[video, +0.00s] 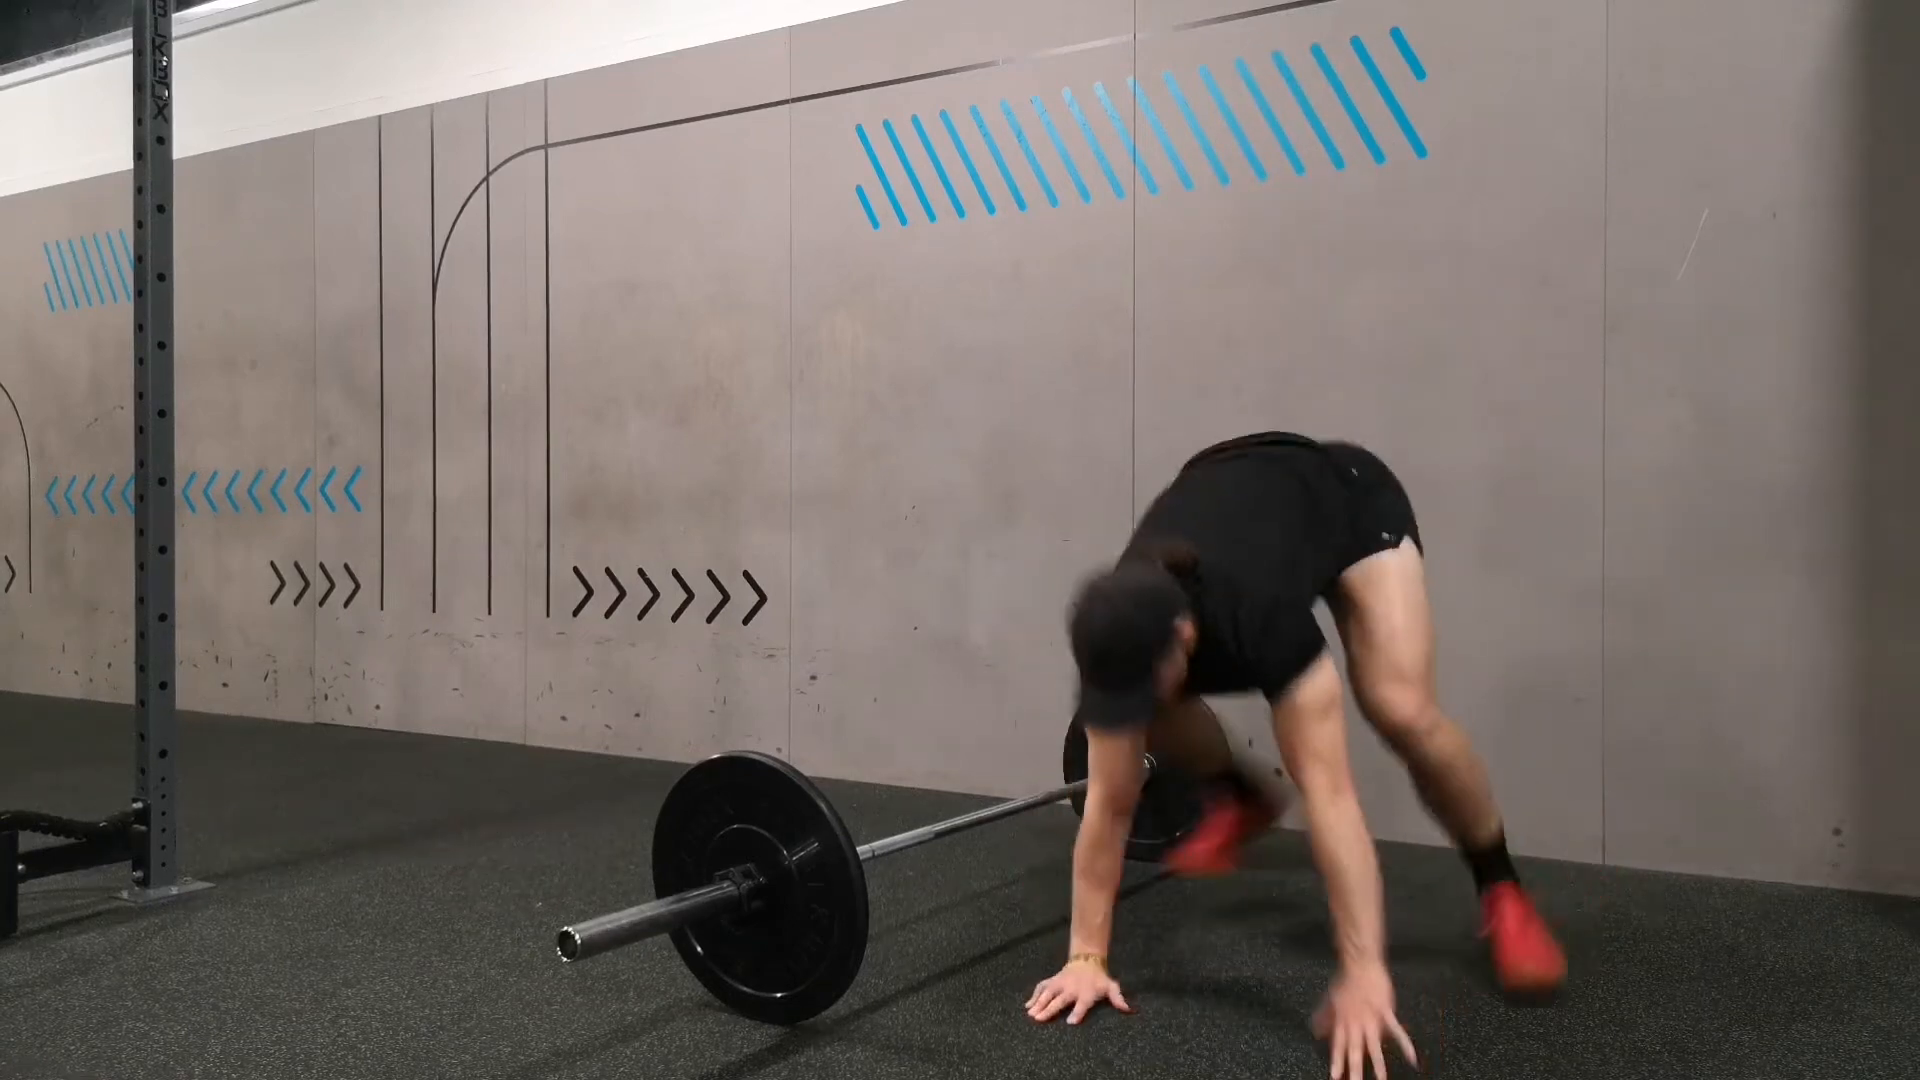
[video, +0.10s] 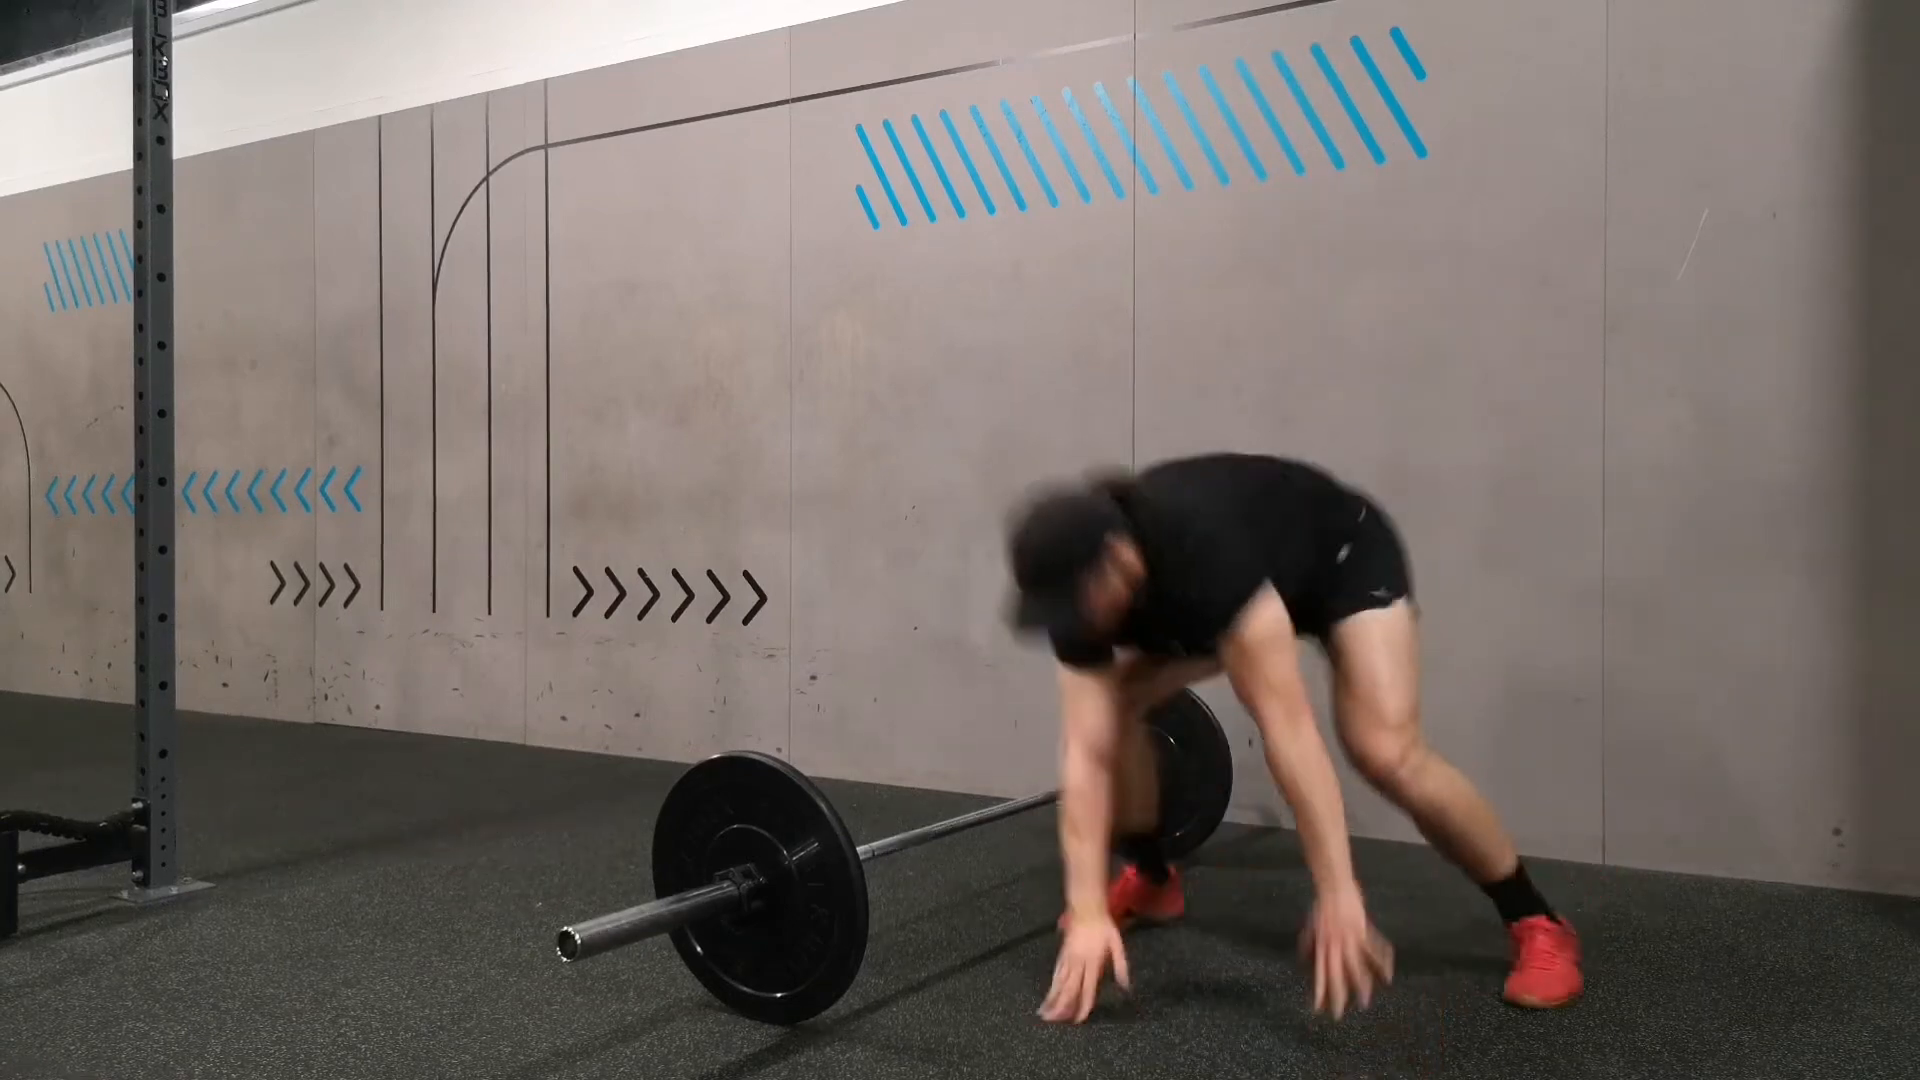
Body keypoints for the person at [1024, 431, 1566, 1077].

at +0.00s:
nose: (1148, 704)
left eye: (1153, 689)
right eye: (1127, 698)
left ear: (1179, 641)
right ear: (1091, 652)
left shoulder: (1266, 621)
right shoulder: (1113, 641)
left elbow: (1328, 794)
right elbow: (1107, 806)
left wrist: (1362, 969)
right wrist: (1086, 958)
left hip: (1343, 489)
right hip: (1221, 485)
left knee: (1403, 710)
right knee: (1144, 690)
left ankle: (1500, 888)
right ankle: (1241, 796)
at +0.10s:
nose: (1077, 620)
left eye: (1082, 601)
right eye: (1067, 611)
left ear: (1120, 561)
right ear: (1056, 589)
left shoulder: (1202, 554)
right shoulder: (1077, 596)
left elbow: (1287, 727)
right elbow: (1086, 754)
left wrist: (1339, 896)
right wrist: (1082, 912)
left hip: (1345, 559)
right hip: (1238, 585)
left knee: (1384, 750)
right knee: (1112, 703)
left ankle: (1536, 924)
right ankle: (1153, 875)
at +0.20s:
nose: (1000, 516)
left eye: (1003, 496)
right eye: (991, 505)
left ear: (1045, 461)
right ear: (1014, 486)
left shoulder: (1142, 464)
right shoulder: (1019, 522)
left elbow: (1273, 596)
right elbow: (1037, 671)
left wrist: (1364, 741)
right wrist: (1062, 804)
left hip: (1288, 556)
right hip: (1181, 588)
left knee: (1350, 753)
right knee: (1065, 698)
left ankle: (1525, 918)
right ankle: (1146, 874)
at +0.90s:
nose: (656, 483)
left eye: (662, 466)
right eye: (649, 473)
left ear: (701, 438)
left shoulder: (777, 463)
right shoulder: (685, 480)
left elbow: (838, 604)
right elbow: (668, 608)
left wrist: (851, 752)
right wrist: (651, 735)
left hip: (902, 548)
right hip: (819, 548)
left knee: (786, 683)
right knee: (727, 697)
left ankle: (876, 846)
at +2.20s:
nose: (536, 710)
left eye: (538, 693)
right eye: (524, 700)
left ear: (562, 651)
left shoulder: (640, 635)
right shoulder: (525, 643)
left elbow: (681, 775)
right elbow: (522, 764)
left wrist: (678, 906)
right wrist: (521, 877)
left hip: (770, 554)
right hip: (695, 569)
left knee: (851, 724)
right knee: (690, 711)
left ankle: (946, 726)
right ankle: (790, 722)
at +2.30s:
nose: (597, 683)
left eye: (598, 666)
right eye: (582, 674)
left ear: (618, 626)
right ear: (553, 645)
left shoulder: (676, 604)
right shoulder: (572, 627)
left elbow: (706, 756)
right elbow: (555, 761)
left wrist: (676, 898)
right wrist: (524, 878)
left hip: (778, 504)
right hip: (693, 502)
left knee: (814, 683)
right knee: (616, 686)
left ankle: (904, 757)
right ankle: (700, 743)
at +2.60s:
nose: (736, 478)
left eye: (746, 466)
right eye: (722, 466)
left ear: (769, 442)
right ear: (700, 445)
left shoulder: (814, 461)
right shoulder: (680, 470)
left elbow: (869, 608)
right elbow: (606, 571)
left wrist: (815, 724)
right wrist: (570, 671)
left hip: (812, 578)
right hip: (727, 577)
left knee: (818, 692)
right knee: (633, 702)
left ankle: (865, 838)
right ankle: (611, 811)